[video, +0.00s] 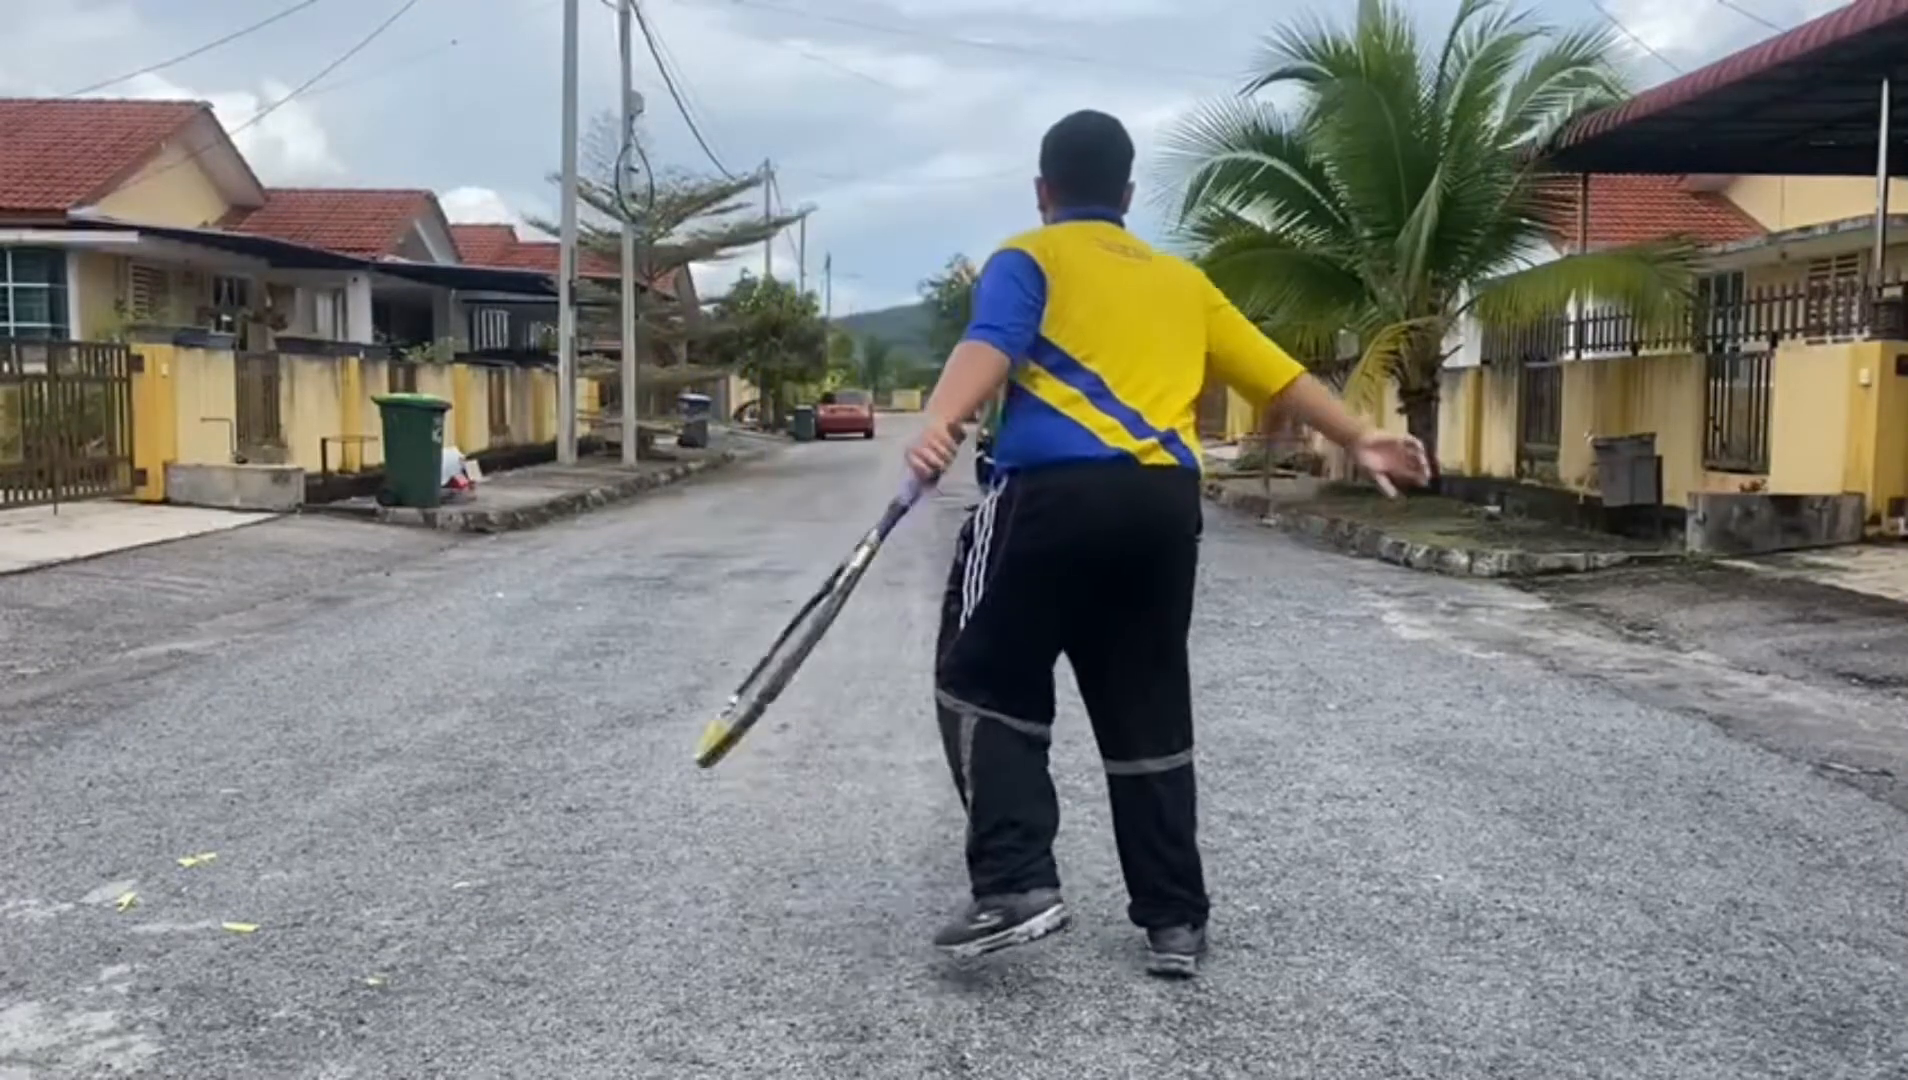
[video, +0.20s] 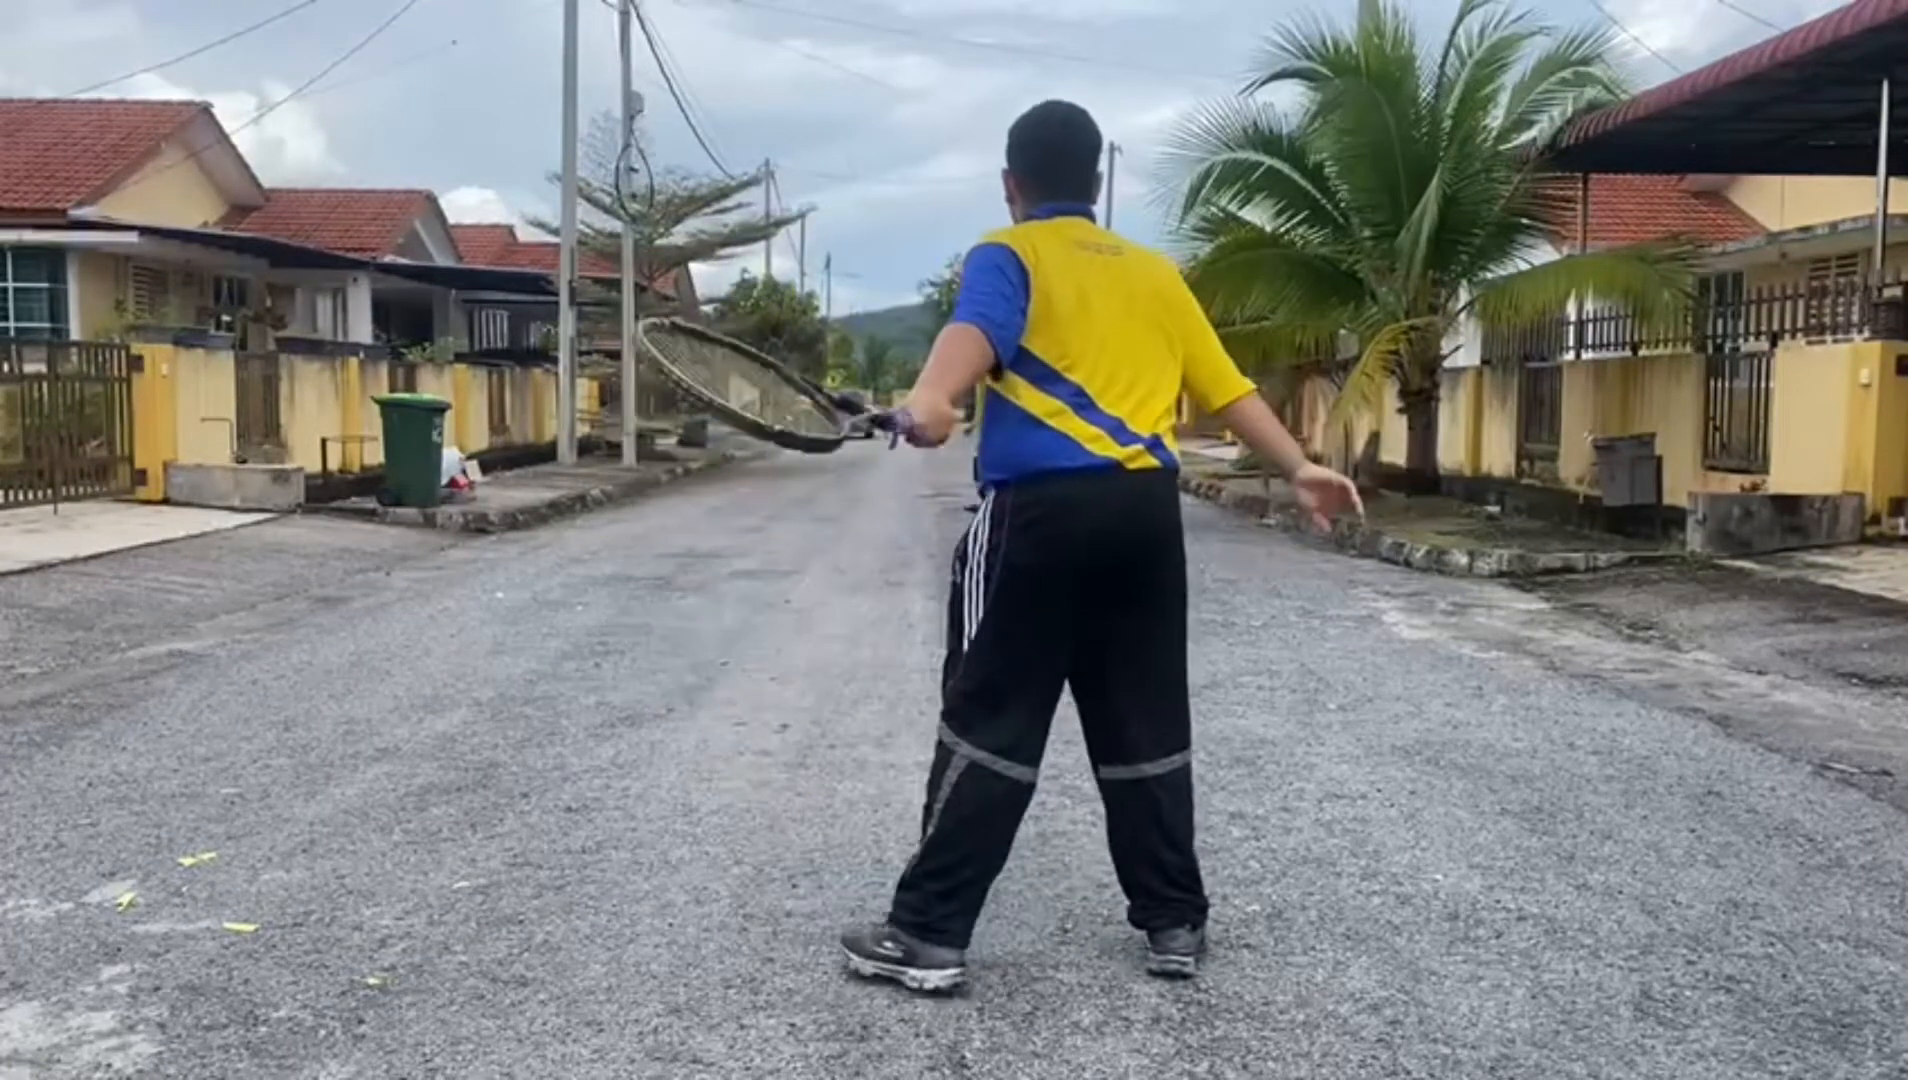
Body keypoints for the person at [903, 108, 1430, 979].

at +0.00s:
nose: (1039, 197)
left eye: (1039, 187)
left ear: (1045, 189)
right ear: (1127, 193)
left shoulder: (1032, 257)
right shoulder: (1183, 281)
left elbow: (991, 344)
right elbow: (1276, 373)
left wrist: (939, 421)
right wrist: (1359, 434)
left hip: (1053, 500)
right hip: (1162, 503)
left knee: (988, 683)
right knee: (1146, 702)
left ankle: (1016, 884)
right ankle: (1174, 920)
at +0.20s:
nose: (1001, 192)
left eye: (1001, 182)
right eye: (1010, 182)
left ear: (1014, 185)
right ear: (1094, 184)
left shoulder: (1007, 257)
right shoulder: (1157, 272)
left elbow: (975, 337)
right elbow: (1228, 393)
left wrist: (926, 406)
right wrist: (1301, 467)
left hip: (1038, 516)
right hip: (1146, 516)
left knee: (993, 719)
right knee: (1143, 718)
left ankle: (930, 933)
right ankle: (1175, 925)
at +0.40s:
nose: (940, 189)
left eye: (941, 177)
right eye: (946, 177)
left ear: (949, 179)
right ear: (1034, 179)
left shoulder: (932, 271)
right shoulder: (1091, 277)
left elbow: (922, 413)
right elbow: (1114, 416)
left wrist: (918, 511)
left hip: (971, 521)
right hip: (1080, 520)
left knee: (946, 727)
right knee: (1104, 711)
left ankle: (921, 942)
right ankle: (1167, 902)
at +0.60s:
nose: (894, 182)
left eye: (894, 168)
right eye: (908, 168)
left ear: (899, 168)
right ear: (983, 161)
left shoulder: (877, 259)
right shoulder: (1038, 261)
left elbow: (844, 405)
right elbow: (1060, 398)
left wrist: (791, 516)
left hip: (910, 498)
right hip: (1024, 492)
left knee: (903, 707)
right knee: (1021, 676)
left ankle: (921, 934)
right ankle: (1063, 874)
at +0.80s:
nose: (910, 282)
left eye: (901, 273)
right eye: (956, 275)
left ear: (899, 276)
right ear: (959, 277)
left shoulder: (862, 336)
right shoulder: (990, 340)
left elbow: (833, 424)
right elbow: (996, 435)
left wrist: (858, 473)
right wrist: (969, 482)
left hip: (868, 499)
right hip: (959, 499)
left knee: (844, 636)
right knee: (972, 636)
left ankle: (802, 778)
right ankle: (978, 773)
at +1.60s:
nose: (908, 304)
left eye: (907, 296)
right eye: (908, 295)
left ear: (842, 290)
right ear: (900, 294)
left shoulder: (818, 341)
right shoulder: (903, 345)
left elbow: (871, 460)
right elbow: (940, 457)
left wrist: (928, 532)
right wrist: (983, 518)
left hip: (743, 492)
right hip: (823, 493)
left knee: (793, 640)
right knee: (890, 634)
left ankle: (808, 769)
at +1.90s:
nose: (872, 275)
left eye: (870, 263)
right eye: (871, 262)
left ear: (808, 257)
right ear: (859, 262)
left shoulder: (804, 312)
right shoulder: (811, 310)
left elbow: (859, 410)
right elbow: (859, 408)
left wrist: (946, 431)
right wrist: (966, 401)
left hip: (743, 490)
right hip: (737, 492)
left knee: (788, 640)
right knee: (770, 652)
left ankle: (761, 780)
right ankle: (725, 828)